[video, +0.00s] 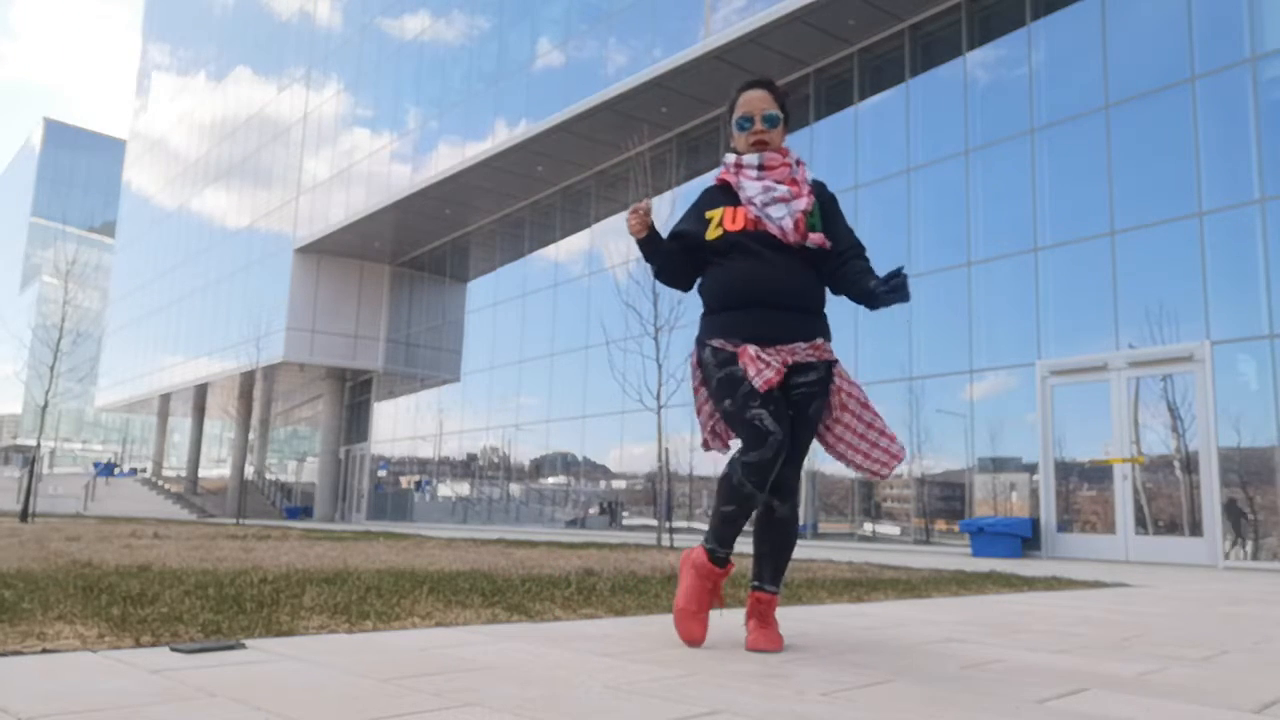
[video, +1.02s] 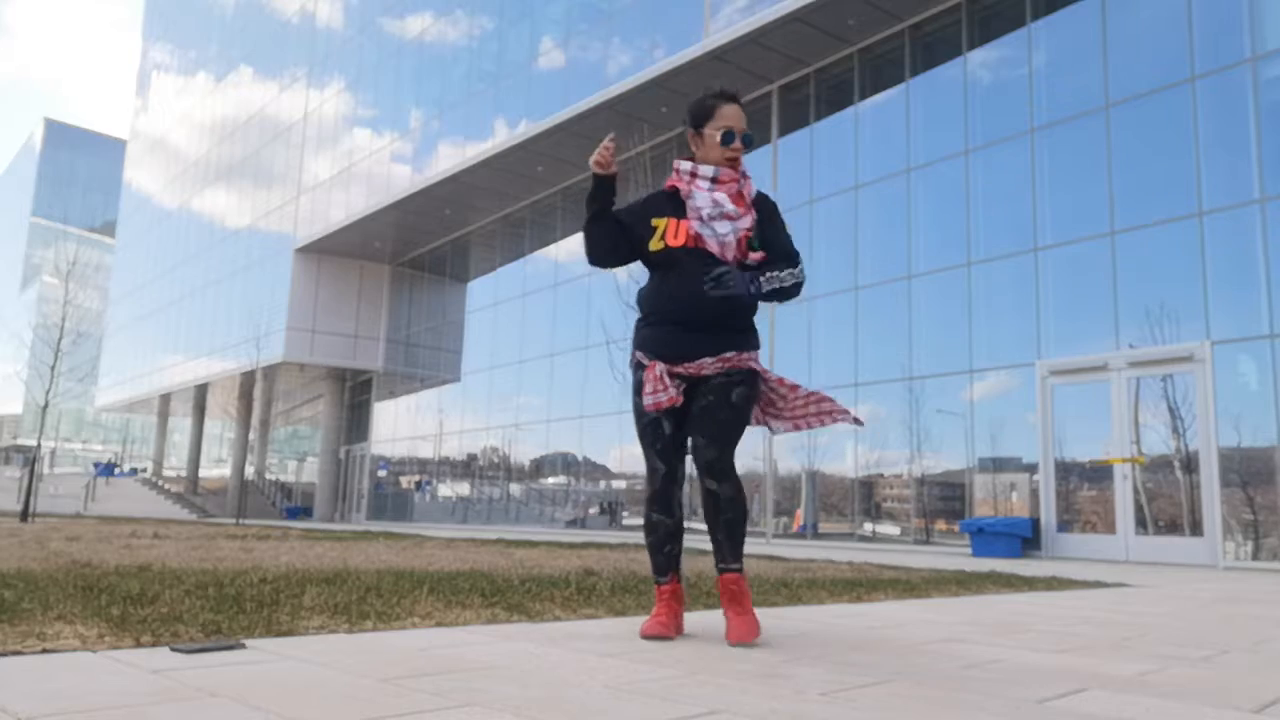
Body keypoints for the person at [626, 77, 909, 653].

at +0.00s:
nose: (759, 130)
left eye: (770, 120)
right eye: (746, 122)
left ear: (786, 129)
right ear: (731, 133)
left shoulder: (813, 195)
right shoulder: (715, 198)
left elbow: (844, 262)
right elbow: (680, 273)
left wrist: (871, 289)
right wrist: (649, 237)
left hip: (802, 348)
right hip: (730, 346)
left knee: (785, 480)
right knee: (764, 443)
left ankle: (764, 607)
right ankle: (708, 565)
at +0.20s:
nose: (760, 131)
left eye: (771, 121)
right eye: (746, 123)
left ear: (786, 130)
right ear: (731, 134)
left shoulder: (814, 197)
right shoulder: (713, 201)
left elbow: (844, 263)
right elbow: (678, 273)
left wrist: (868, 305)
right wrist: (650, 235)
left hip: (801, 349)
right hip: (729, 346)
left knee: (784, 479)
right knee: (738, 442)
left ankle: (763, 607)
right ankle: (698, 569)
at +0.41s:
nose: (760, 125)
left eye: (771, 114)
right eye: (747, 116)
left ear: (787, 124)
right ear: (730, 127)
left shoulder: (814, 194)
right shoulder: (709, 197)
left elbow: (849, 265)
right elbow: (679, 270)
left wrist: (882, 314)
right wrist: (657, 227)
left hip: (793, 351)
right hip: (717, 348)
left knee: (780, 480)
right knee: (685, 457)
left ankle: (764, 607)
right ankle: (677, 575)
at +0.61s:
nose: (750, 117)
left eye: (762, 107)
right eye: (738, 108)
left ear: (778, 118)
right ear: (721, 118)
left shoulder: (802, 190)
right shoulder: (696, 190)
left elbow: (836, 263)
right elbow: (666, 261)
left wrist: (873, 312)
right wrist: (643, 218)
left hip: (780, 350)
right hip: (704, 350)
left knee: (772, 478)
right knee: (688, 472)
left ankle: (765, 606)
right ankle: (669, 592)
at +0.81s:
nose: (738, 128)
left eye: (749, 119)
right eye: (726, 118)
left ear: (761, 129)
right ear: (704, 126)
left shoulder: (778, 200)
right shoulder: (674, 197)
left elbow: (808, 263)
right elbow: (635, 259)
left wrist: (836, 294)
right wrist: (618, 210)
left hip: (756, 356)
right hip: (682, 358)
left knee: (758, 480)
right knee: (677, 480)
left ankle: (762, 606)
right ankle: (668, 598)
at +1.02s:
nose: (737, 146)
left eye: (744, 138)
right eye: (726, 136)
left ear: (748, 144)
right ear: (695, 140)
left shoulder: (757, 208)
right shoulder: (659, 207)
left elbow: (792, 276)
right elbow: (602, 249)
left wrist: (749, 280)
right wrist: (601, 185)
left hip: (729, 359)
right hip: (661, 360)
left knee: (713, 459)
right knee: (664, 474)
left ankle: (732, 589)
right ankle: (667, 596)